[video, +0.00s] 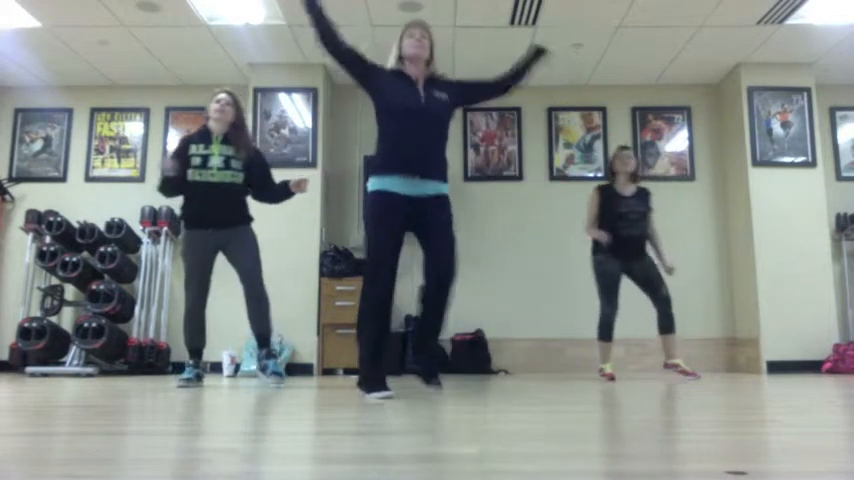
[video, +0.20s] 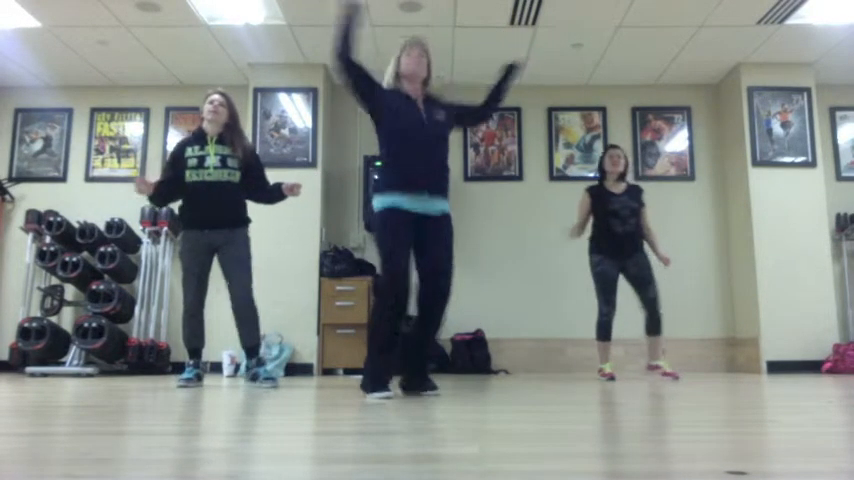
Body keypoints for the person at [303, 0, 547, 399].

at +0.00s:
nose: (416, 40)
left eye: (422, 37)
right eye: (410, 37)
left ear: (431, 48)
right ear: (400, 46)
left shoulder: (448, 91)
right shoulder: (381, 80)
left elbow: (501, 87)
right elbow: (337, 47)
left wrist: (530, 58)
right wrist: (313, 7)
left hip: (433, 197)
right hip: (387, 195)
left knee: (442, 275)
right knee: (380, 281)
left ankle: (424, 358)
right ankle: (371, 375)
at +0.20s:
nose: (417, 58)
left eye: (422, 55)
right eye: (410, 54)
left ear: (430, 65)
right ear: (398, 63)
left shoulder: (442, 110)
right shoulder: (383, 100)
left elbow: (484, 112)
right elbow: (344, 62)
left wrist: (507, 77)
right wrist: (348, 18)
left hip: (434, 208)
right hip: (394, 205)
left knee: (437, 289)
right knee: (395, 287)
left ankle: (415, 375)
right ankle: (375, 377)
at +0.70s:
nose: (439, 65)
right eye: (437, 59)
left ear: (402, 66)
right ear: (437, 64)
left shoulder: (391, 103)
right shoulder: (449, 95)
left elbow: (351, 114)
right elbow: (496, 58)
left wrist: (345, 82)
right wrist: (475, 18)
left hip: (398, 204)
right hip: (439, 203)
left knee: (405, 293)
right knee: (446, 293)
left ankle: (396, 375)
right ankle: (427, 374)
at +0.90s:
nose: (406, 41)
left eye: (408, 37)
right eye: (409, 37)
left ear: (413, 40)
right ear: (444, 41)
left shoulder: (402, 70)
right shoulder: (458, 74)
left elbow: (348, 57)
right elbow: (482, 60)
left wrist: (330, 12)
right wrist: (472, 19)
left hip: (413, 175)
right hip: (451, 177)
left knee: (403, 264)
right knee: (441, 265)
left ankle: (409, 357)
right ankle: (437, 357)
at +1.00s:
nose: (414, 48)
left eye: (418, 45)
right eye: (419, 43)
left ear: (424, 52)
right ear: (449, 58)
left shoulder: (422, 78)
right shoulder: (446, 83)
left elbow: (388, 50)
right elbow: (442, 57)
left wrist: (368, 5)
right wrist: (433, 28)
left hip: (426, 185)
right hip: (443, 183)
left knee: (419, 273)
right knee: (433, 271)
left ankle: (432, 367)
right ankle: (440, 361)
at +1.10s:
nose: (412, 77)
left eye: (416, 71)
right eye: (412, 71)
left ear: (427, 73)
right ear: (435, 73)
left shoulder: (436, 99)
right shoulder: (433, 101)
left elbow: (428, 61)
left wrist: (414, 28)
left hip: (435, 199)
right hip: (434, 199)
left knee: (418, 286)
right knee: (423, 286)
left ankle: (439, 377)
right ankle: (442, 374)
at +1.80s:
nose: (461, 52)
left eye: (467, 47)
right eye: (455, 47)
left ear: (476, 55)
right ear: (446, 55)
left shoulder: (493, 96)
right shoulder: (434, 91)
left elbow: (543, 115)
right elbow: (383, 78)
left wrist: (551, 78)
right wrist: (379, 25)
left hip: (489, 194)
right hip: (447, 193)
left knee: (493, 282)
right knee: (439, 280)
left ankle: (494, 369)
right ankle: (437, 369)